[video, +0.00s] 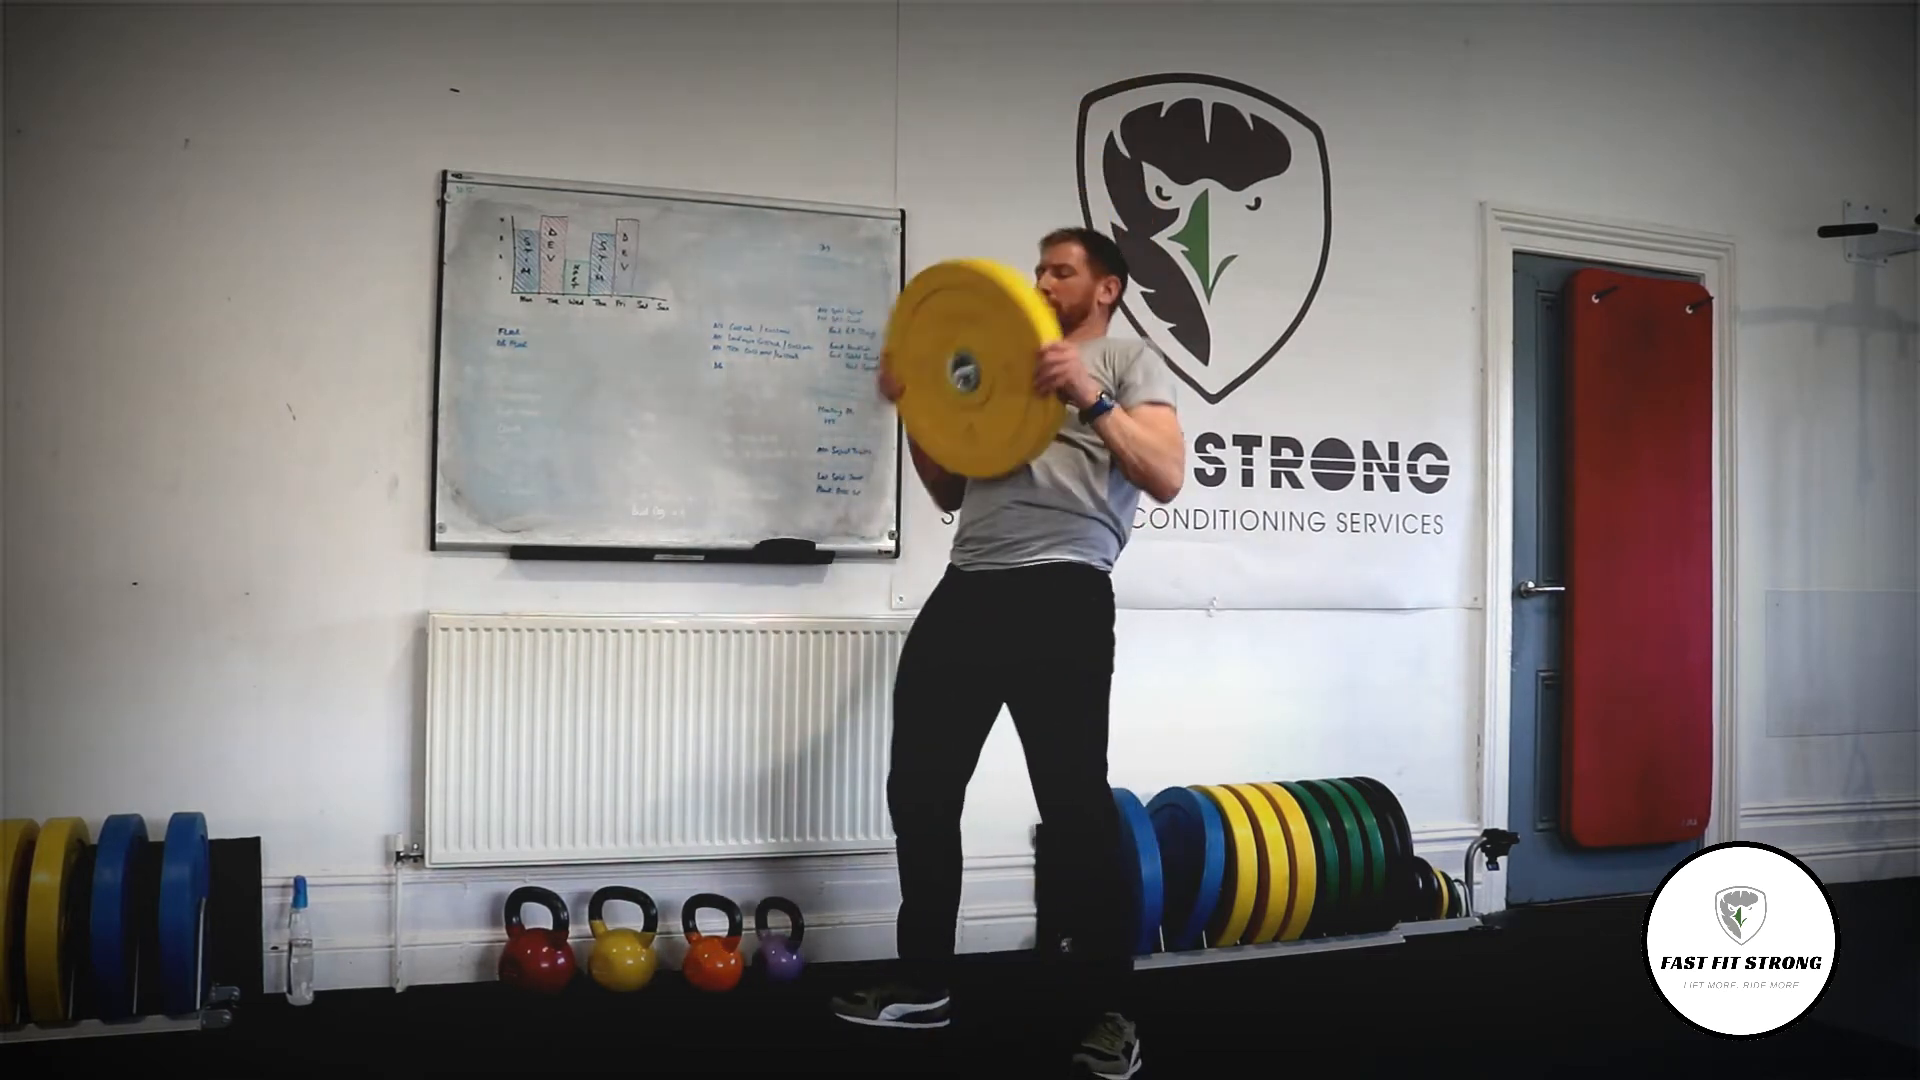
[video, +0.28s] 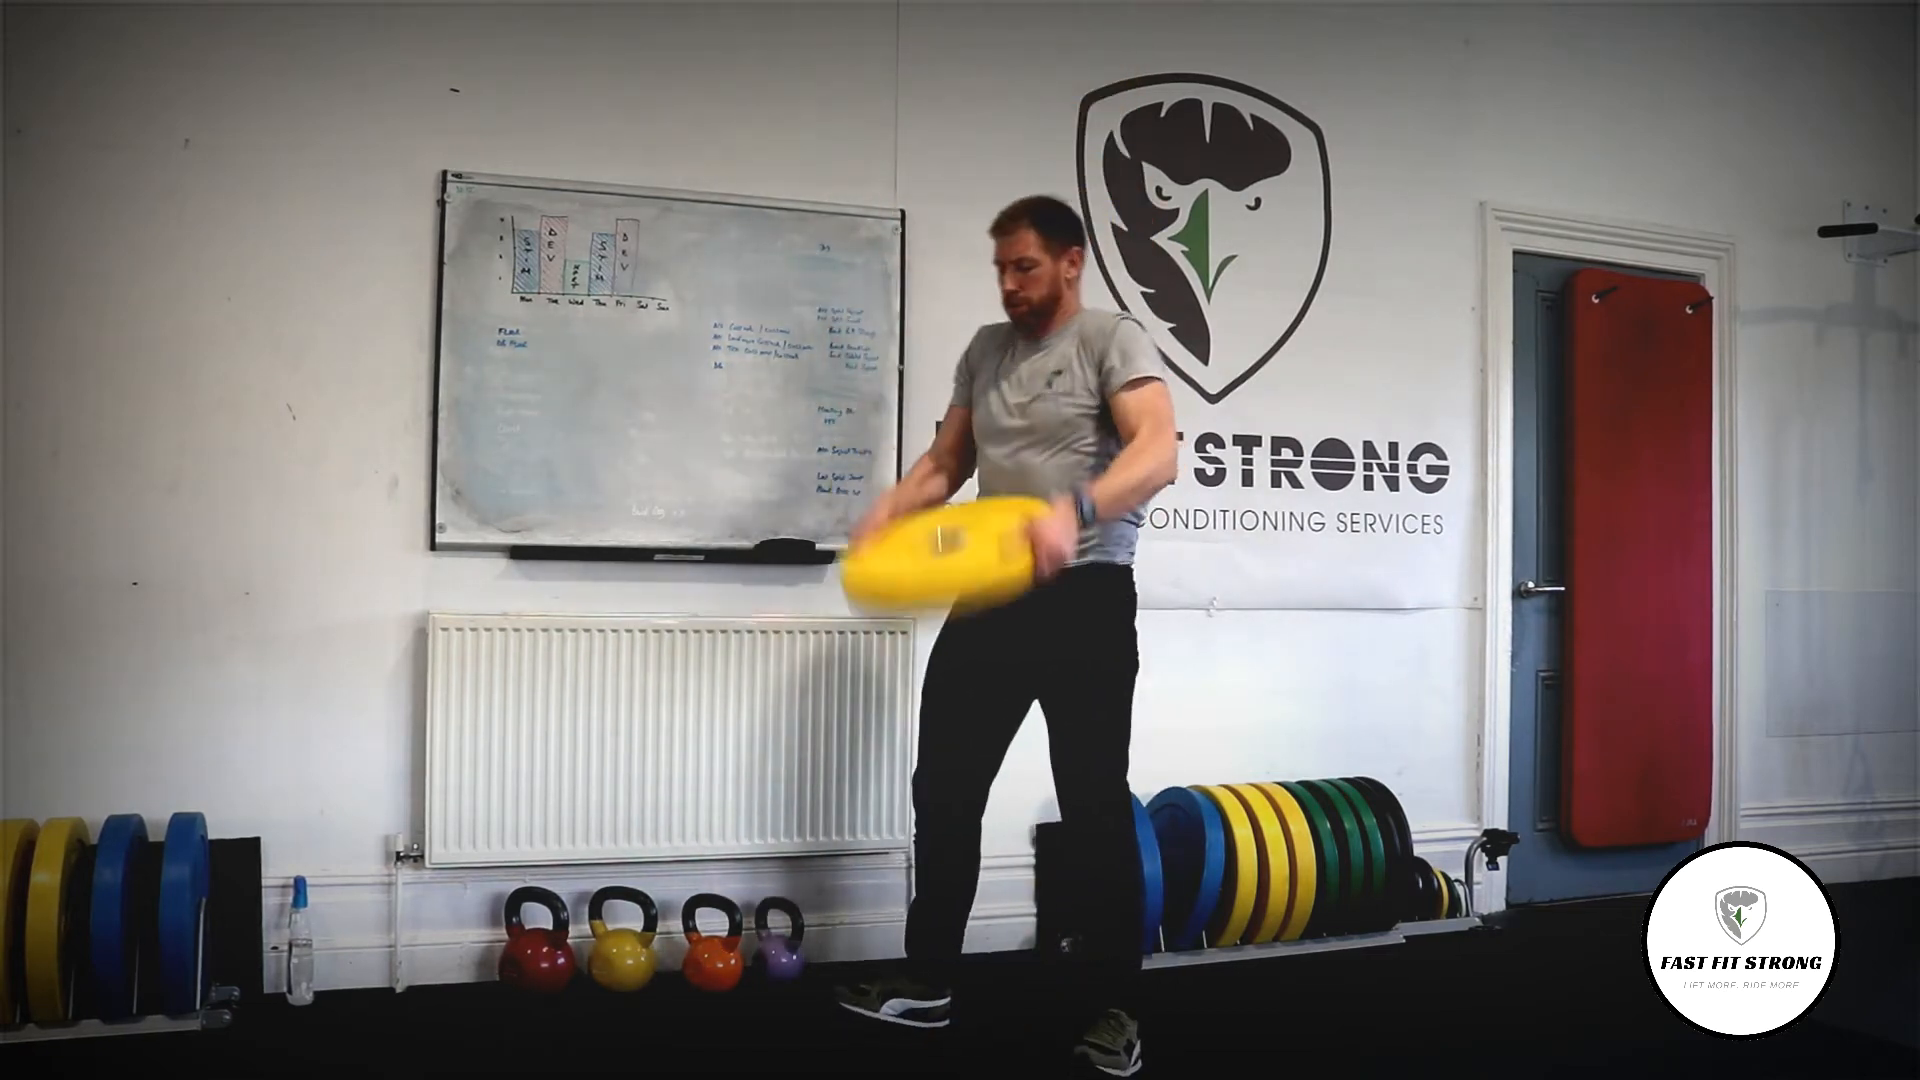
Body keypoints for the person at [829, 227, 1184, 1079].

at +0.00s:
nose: (1045, 283)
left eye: (1063, 271)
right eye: (1040, 272)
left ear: (1108, 288)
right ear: (1035, 284)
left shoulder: (1131, 356)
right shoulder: (1005, 359)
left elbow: (1167, 475)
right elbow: (950, 492)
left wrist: (1092, 396)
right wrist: (912, 407)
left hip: (1063, 591)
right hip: (968, 589)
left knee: (1073, 802)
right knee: (921, 793)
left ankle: (1101, 1011)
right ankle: (924, 989)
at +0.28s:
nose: (1008, 283)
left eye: (1023, 267)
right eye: (1001, 270)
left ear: (1072, 262)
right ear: (998, 271)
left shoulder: (1112, 339)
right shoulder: (988, 348)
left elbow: (1157, 451)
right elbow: (947, 460)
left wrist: (1078, 509)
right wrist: (886, 509)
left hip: (1085, 597)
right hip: (991, 596)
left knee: (1094, 798)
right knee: (945, 788)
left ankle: (1109, 1007)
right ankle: (929, 983)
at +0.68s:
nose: (910, 355)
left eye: (923, 336)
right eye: (899, 338)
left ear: (970, 312)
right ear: (891, 328)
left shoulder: (1047, 382)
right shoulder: (904, 401)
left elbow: (1078, 519)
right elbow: (906, 531)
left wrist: (1082, 655)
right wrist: (889, 652)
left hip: (1096, 605)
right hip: (1002, 612)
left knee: (1111, 800)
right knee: (937, 770)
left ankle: (1119, 1009)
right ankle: (917, 982)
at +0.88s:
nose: (884, 477)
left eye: (894, 458)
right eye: (872, 463)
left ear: (939, 429)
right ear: (860, 455)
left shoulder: (1030, 499)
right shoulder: (877, 530)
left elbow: (1051, 647)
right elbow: (887, 660)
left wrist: (1059, 793)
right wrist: (883, 785)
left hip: (1103, 657)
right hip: (995, 668)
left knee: (1131, 823)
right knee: (876, 780)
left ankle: (1117, 1020)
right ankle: (915, 982)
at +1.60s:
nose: (907, 370)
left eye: (925, 356)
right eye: (905, 356)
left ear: (980, 366)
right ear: (904, 368)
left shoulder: (1036, 453)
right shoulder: (903, 468)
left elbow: (1119, 568)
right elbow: (918, 580)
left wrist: (1066, 679)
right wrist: (884, 681)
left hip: (1098, 653)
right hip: (999, 657)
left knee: (1122, 834)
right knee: (884, 783)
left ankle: (1117, 1025)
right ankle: (915, 987)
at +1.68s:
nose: (933, 313)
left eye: (952, 299)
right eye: (932, 299)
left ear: (1003, 315)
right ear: (931, 316)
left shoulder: (1059, 408)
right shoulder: (924, 419)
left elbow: (1138, 526)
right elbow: (940, 529)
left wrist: (1074, 596)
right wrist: (891, 598)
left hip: (1089, 635)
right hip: (985, 637)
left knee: (1112, 821)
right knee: (891, 790)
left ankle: (1120, 1026)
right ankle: (915, 991)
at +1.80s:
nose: (996, 266)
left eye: (1014, 252)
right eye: (994, 254)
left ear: (1065, 267)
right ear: (997, 269)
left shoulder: (1108, 368)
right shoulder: (965, 379)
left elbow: (1142, 502)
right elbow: (952, 503)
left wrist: (1060, 492)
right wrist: (877, 489)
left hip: (1066, 616)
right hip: (968, 613)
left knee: (1085, 811)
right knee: (897, 788)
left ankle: (1108, 1018)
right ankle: (916, 989)